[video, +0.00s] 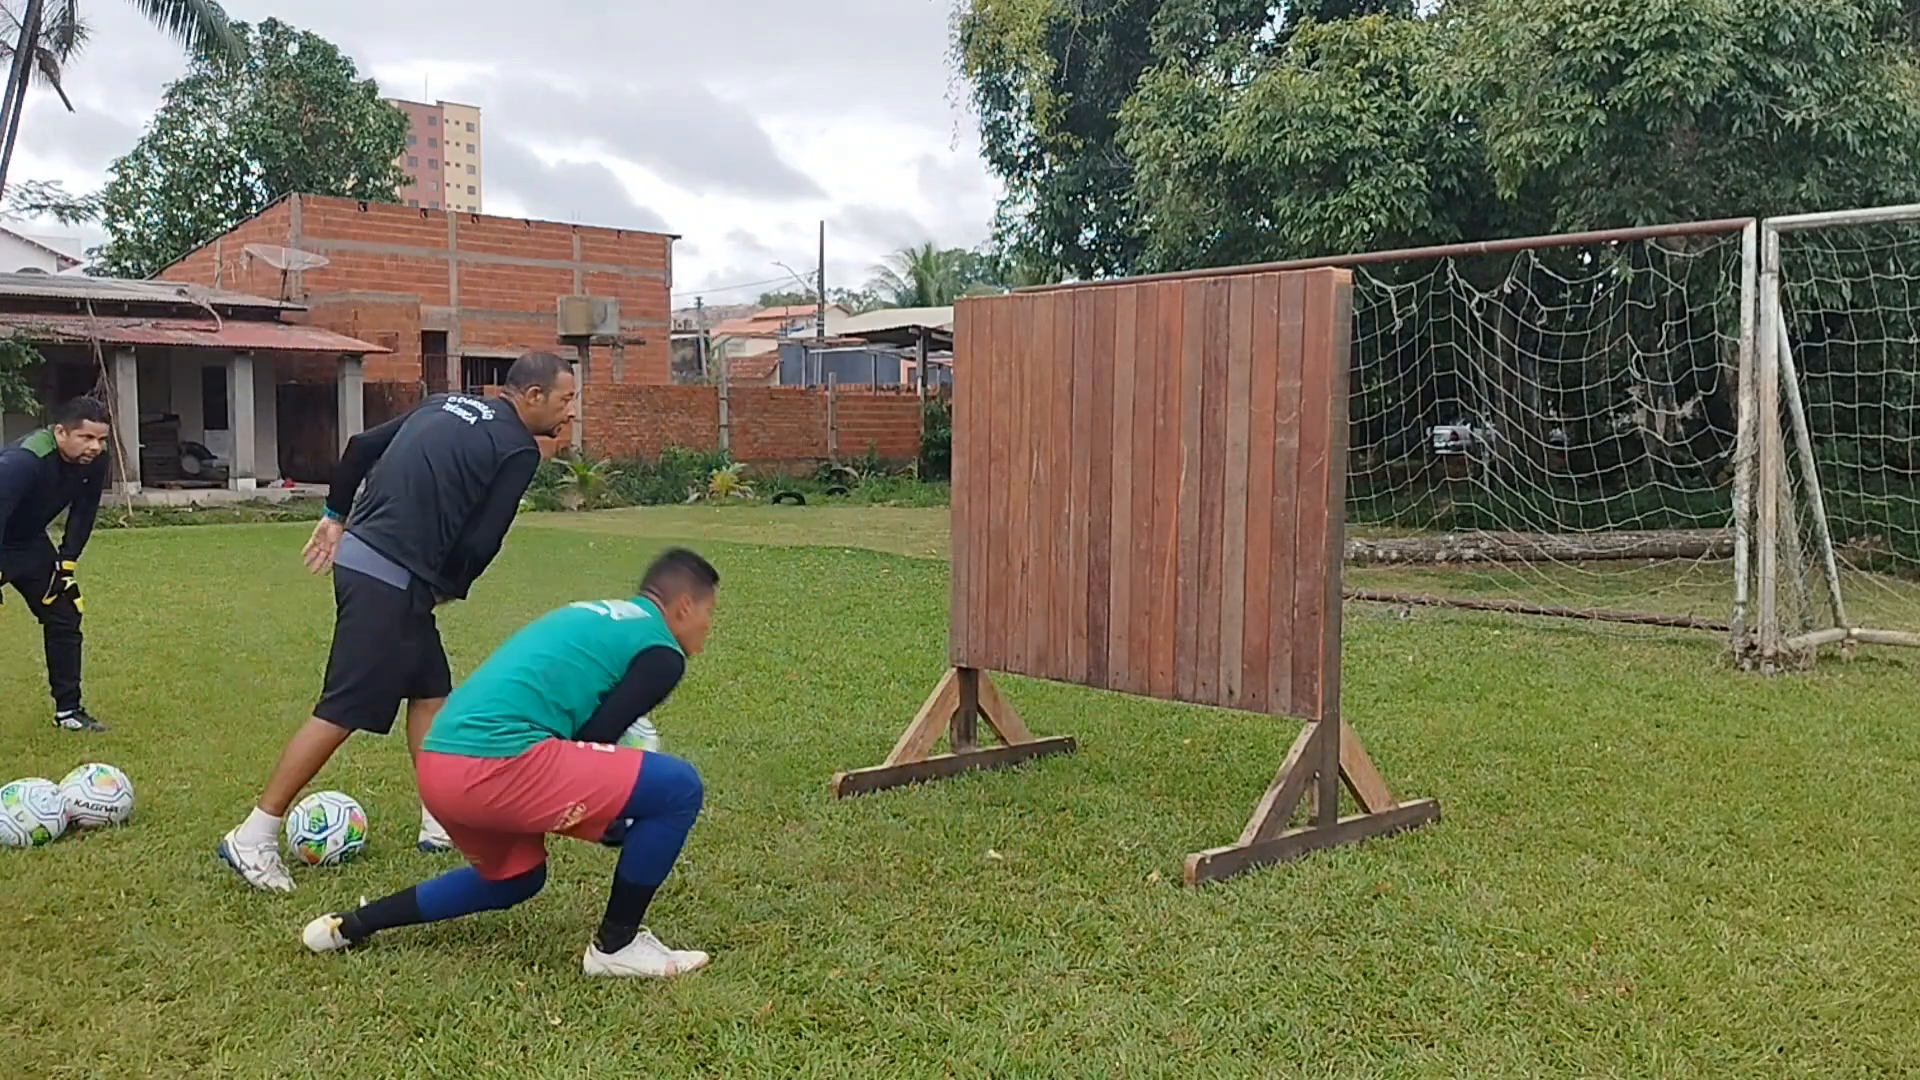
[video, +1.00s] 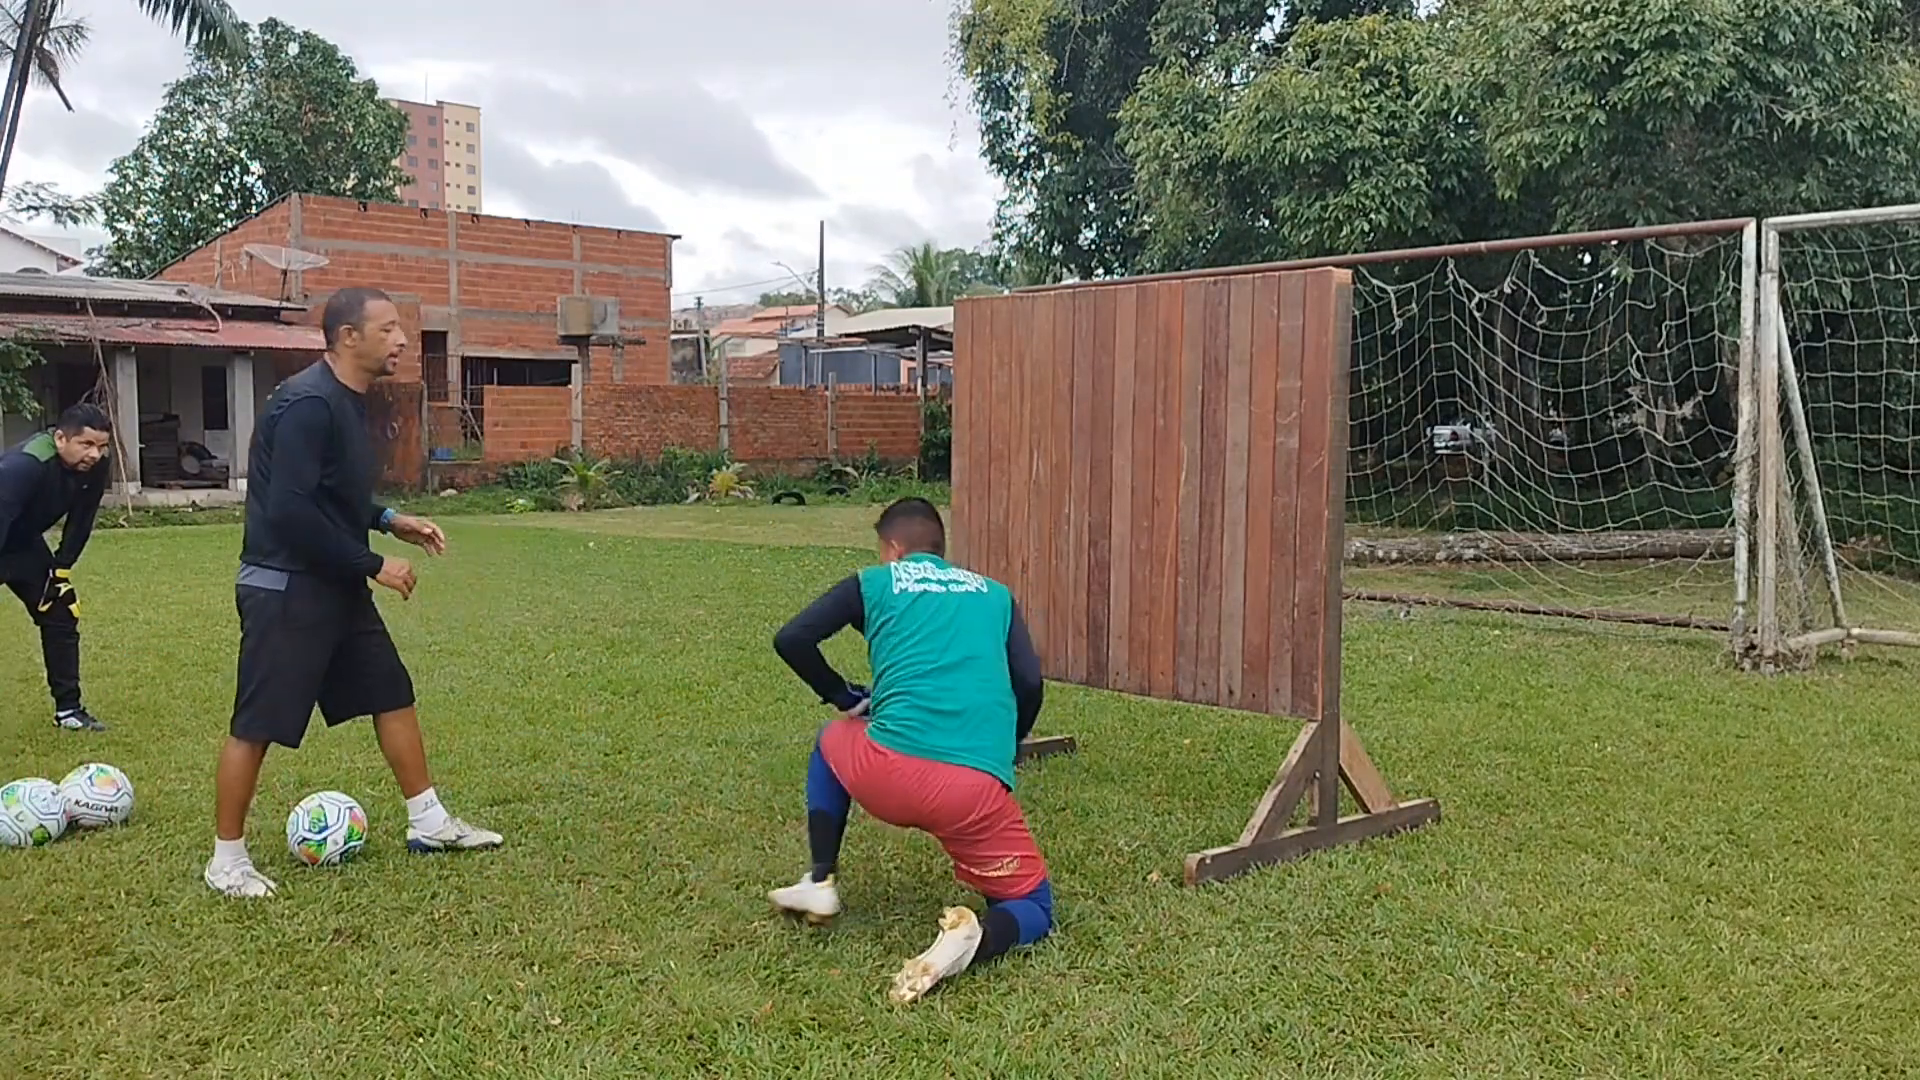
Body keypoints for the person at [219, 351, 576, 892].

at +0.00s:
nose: (569, 412)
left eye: (572, 401)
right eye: (565, 400)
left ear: (514, 392)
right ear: (532, 396)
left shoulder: (447, 404)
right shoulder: (520, 449)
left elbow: (362, 445)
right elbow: (482, 540)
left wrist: (335, 514)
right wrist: (451, 586)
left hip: (363, 560)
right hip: (390, 579)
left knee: (431, 691)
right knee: (342, 711)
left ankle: (439, 824)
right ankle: (252, 836)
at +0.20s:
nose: (567, 407)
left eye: (569, 397)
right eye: (562, 396)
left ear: (512, 392)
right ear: (526, 393)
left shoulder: (451, 405)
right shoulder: (507, 440)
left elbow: (380, 461)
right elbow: (489, 536)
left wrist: (391, 537)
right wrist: (517, 628)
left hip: (387, 573)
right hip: (378, 576)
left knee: (429, 689)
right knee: (341, 708)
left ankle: (440, 823)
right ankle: (254, 835)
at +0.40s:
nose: (557, 394)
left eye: (558, 383)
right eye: (551, 382)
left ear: (507, 381)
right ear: (513, 381)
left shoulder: (462, 409)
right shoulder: (484, 424)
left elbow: (423, 486)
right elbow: (462, 511)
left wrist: (454, 552)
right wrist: (507, 603)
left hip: (401, 578)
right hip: (367, 572)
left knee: (431, 687)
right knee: (341, 706)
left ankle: (440, 823)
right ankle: (254, 834)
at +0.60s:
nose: (531, 372)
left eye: (530, 361)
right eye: (521, 362)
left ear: (482, 367)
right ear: (482, 365)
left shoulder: (457, 414)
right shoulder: (444, 417)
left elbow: (425, 498)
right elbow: (407, 509)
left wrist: (466, 541)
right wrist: (447, 598)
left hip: (396, 574)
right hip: (353, 572)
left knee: (432, 690)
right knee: (324, 705)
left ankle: (442, 824)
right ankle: (246, 840)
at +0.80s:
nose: (471, 356)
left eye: (469, 344)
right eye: (459, 345)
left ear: (428, 353)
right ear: (419, 352)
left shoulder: (410, 413)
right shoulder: (379, 413)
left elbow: (386, 501)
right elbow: (347, 508)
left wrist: (432, 540)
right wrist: (393, 591)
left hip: (377, 587)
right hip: (325, 586)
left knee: (422, 698)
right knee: (293, 717)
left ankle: (441, 826)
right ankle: (235, 855)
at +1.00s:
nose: (398, 340)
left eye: (397, 329)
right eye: (387, 329)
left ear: (356, 340)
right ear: (347, 338)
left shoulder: (347, 401)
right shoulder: (306, 404)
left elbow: (338, 495)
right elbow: (289, 511)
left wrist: (393, 521)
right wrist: (374, 564)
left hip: (336, 585)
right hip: (283, 588)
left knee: (393, 695)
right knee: (254, 724)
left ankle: (429, 822)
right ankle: (227, 860)